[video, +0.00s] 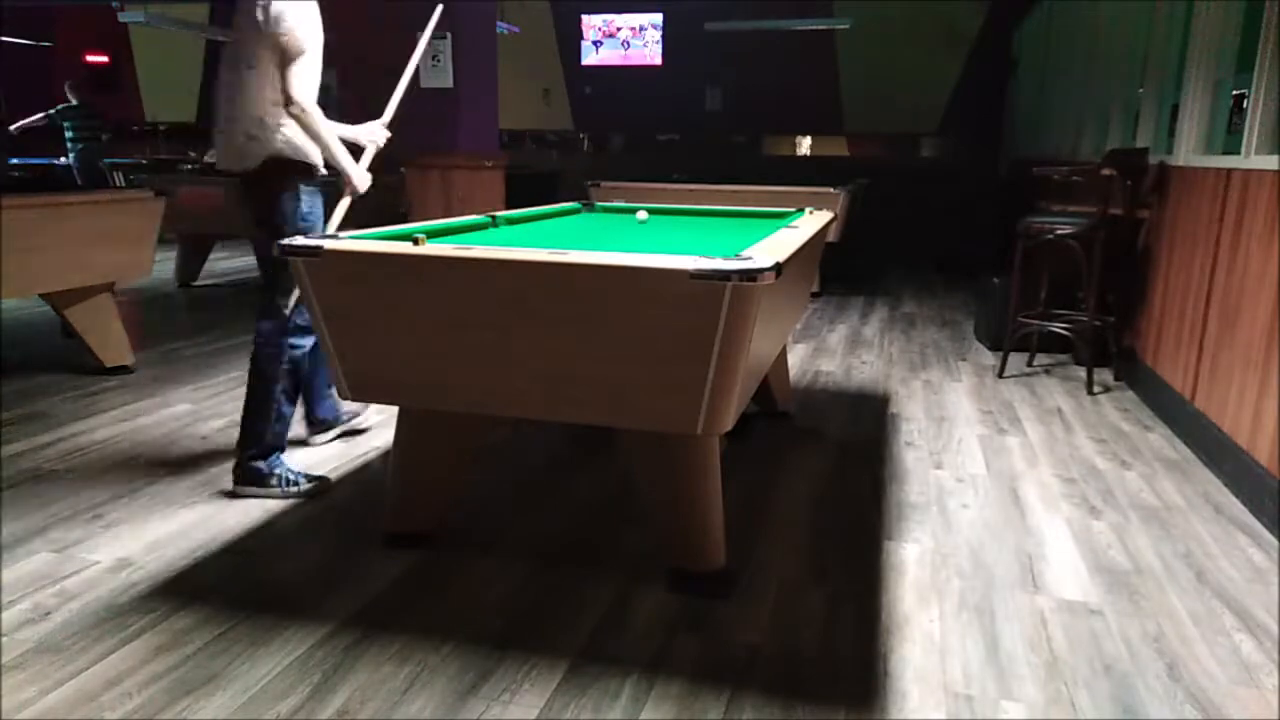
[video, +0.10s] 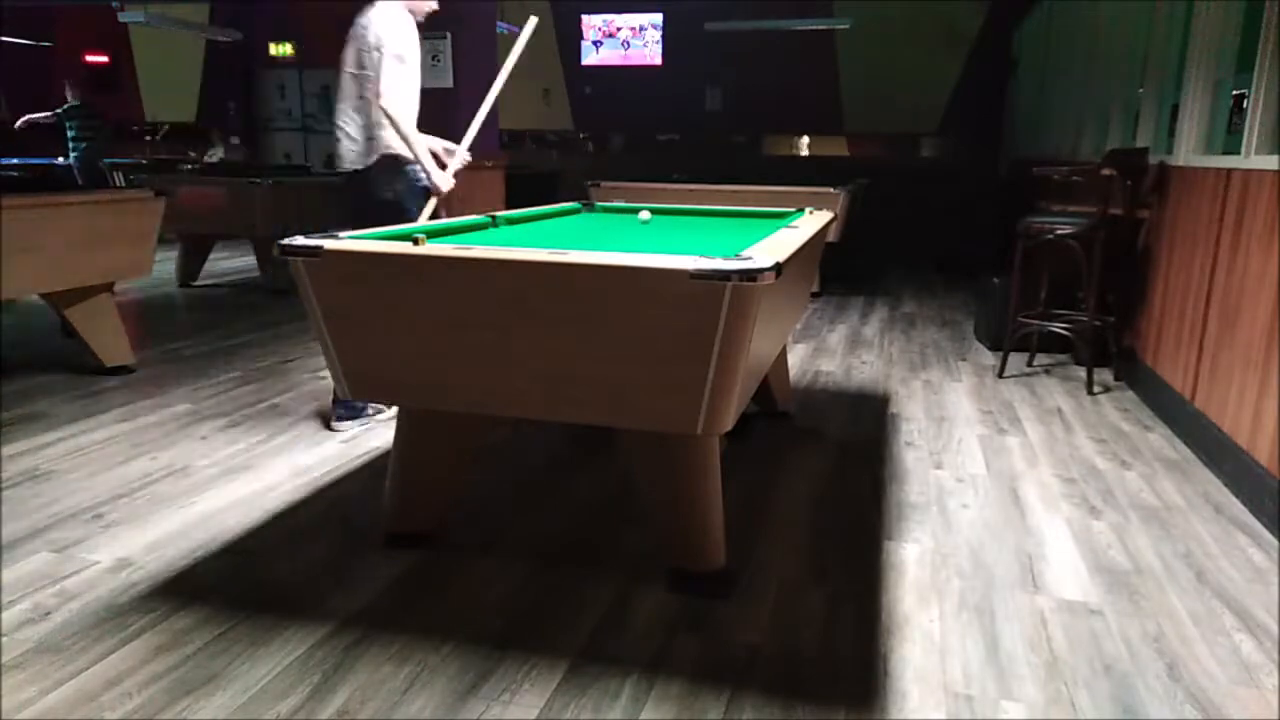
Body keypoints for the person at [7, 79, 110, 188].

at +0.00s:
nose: (69, 95)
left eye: (68, 92)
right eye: (70, 92)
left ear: (69, 94)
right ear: (83, 91)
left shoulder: (66, 110)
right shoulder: (94, 109)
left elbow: (41, 118)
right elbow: (107, 133)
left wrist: (18, 126)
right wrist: (98, 143)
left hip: (78, 153)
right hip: (96, 151)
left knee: (86, 187)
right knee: (102, 184)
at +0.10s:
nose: (66, 94)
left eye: (68, 90)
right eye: (67, 90)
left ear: (72, 91)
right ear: (83, 91)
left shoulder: (71, 109)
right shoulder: (95, 109)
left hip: (78, 157)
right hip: (96, 155)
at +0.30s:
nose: (86, 93)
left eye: (90, 90)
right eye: (86, 89)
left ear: (98, 92)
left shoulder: (95, 110)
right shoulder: (111, 108)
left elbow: (92, 130)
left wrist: (77, 135)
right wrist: (83, 136)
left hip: (101, 150)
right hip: (114, 148)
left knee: (97, 181)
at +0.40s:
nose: (115, 99)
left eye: (118, 95)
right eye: (114, 95)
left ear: (125, 95)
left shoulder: (130, 112)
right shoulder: (122, 113)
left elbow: (130, 131)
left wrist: (108, 131)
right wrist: (112, 143)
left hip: (131, 154)